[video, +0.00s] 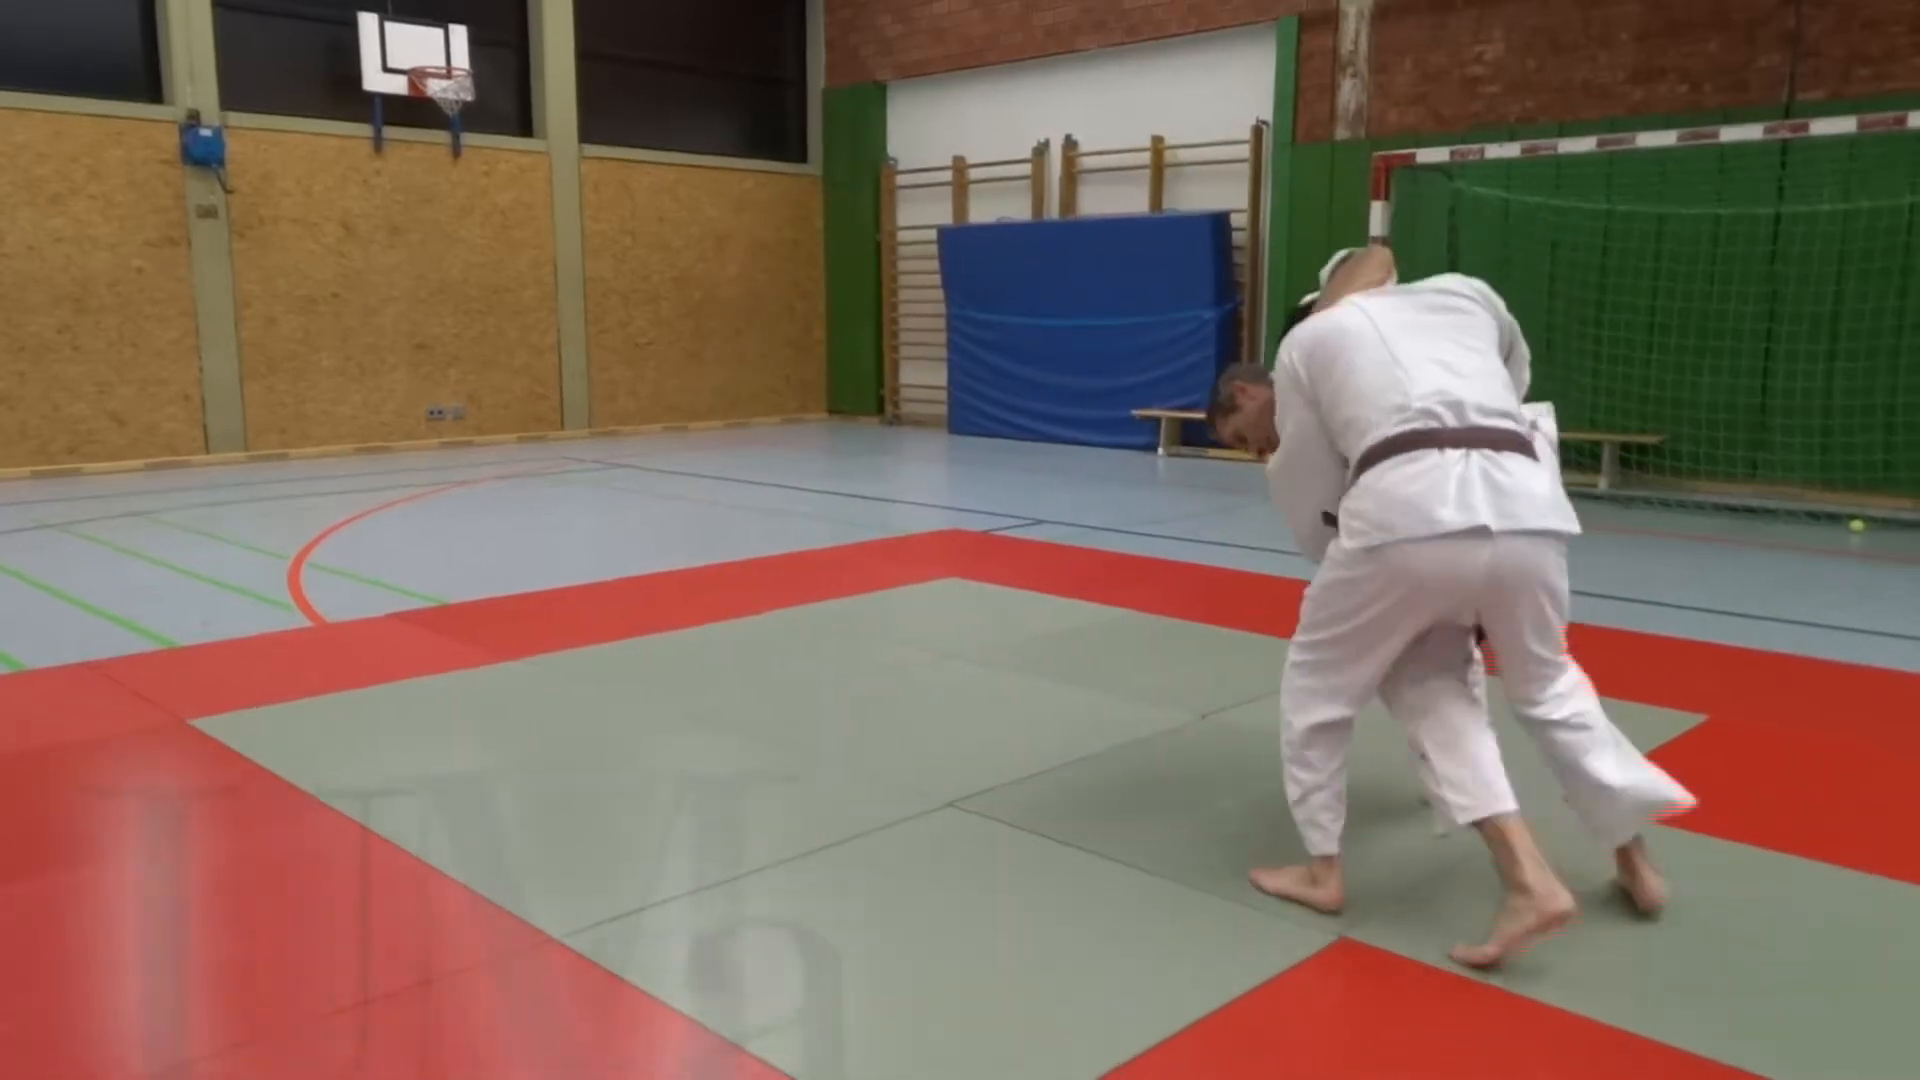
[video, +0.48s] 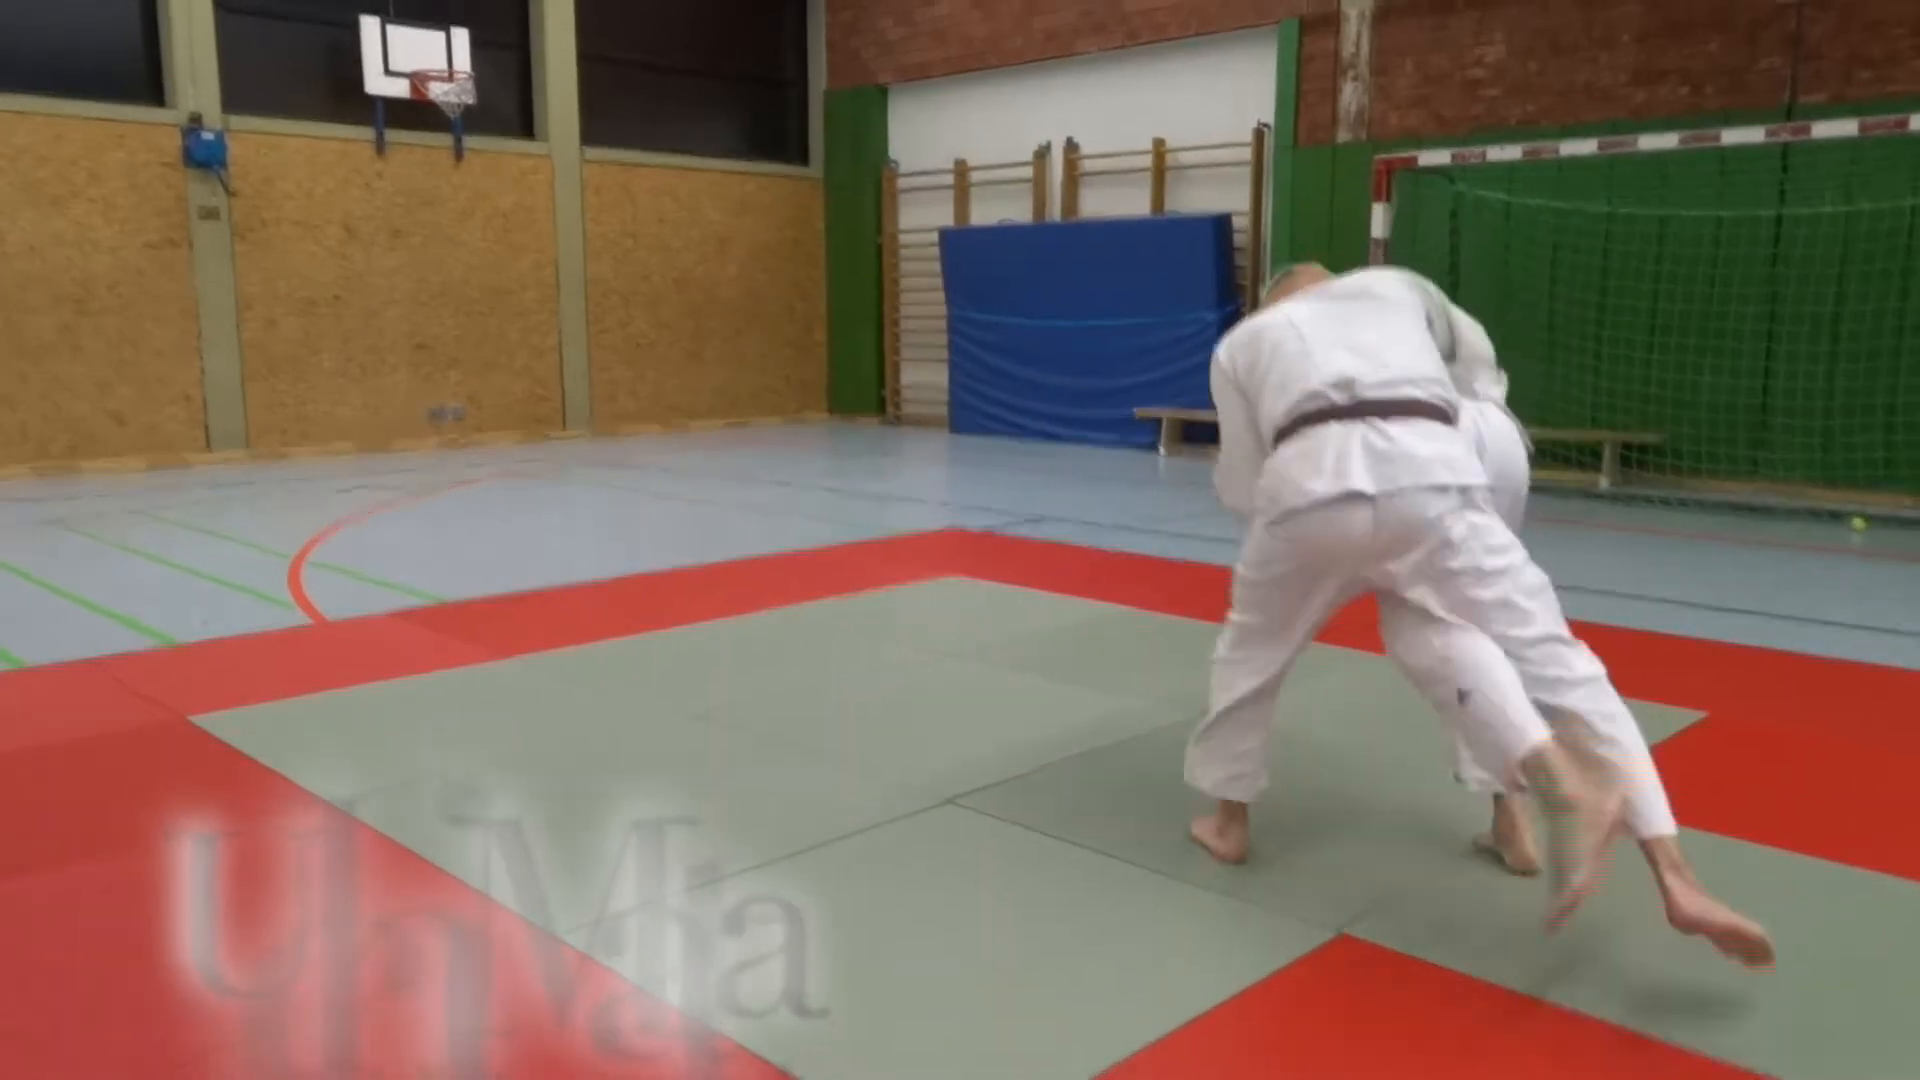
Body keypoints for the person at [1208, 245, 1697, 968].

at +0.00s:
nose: (1318, 308)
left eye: (1321, 297)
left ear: (1332, 295)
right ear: (1390, 276)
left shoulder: (1306, 341)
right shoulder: (1472, 295)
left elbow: (1304, 490)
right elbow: (1518, 395)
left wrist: (1345, 567)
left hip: (1404, 510)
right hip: (1529, 501)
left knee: (1317, 681)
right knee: (1547, 682)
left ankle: (1322, 869)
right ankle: (1635, 858)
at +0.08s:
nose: (1329, 308)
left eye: (1324, 303)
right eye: (1351, 289)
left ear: (1320, 317)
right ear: (1390, 298)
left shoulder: (1298, 358)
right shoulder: (1462, 313)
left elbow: (1291, 511)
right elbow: (1521, 398)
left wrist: (1350, 584)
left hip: (1398, 530)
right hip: (1526, 522)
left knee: (1305, 691)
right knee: (1520, 682)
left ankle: (1310, 867)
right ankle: (1558, 868)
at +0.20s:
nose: (1292, 308)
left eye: (1297, 299)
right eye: (1306, 294)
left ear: (1302, 312)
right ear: (1367, 289)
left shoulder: (1271, 361)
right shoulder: (1429, 299)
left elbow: (1293, 513)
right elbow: (1516, 339)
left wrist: (1340, 577)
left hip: (1387, 509)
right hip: (1513, 494)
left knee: (1316, 681)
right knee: (1491, 663)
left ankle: (1315, 863)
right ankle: (1539, 883)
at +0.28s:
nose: (1320, 259)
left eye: (1309, 266)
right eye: (1326, 260)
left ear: (1300, 289)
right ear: (1367, 265)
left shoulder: (1267, 336)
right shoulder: (1424, 265)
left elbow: (1280, 477)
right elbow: (1523, 298)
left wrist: (1341, 544)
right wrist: (1454, 340)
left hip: (1371, 480)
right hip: (1498, 464)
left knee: (1274, 645)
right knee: (1539, 657)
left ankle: (1291, 828)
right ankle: (1575, 853)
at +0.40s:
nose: (1320, 261)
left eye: (1308, 267)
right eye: (1324, 261)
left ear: (1285, 289)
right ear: (1360, 259)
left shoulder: (1255, 328)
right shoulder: (1421, 263)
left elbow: (1266, 472)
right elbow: (1507, 334)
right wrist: (1482, 430)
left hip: (1337, 485)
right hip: (1467, 464)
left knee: (1265, 643)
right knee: (1558, 657)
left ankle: (1233, 822)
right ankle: (1646, 873)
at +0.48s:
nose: (1302, 292)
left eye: (1292, 292)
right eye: (1306, 286)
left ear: (1266, 305)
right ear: (1334, 281)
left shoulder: (1238, 343)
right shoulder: (1398, 283)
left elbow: (1238, 487)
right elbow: (1479, 359)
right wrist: (1475, 429)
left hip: (1308, 482)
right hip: (1429, 462)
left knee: (1251, 647)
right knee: (1548, 650)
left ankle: (1229, 820)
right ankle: (1672, 869)